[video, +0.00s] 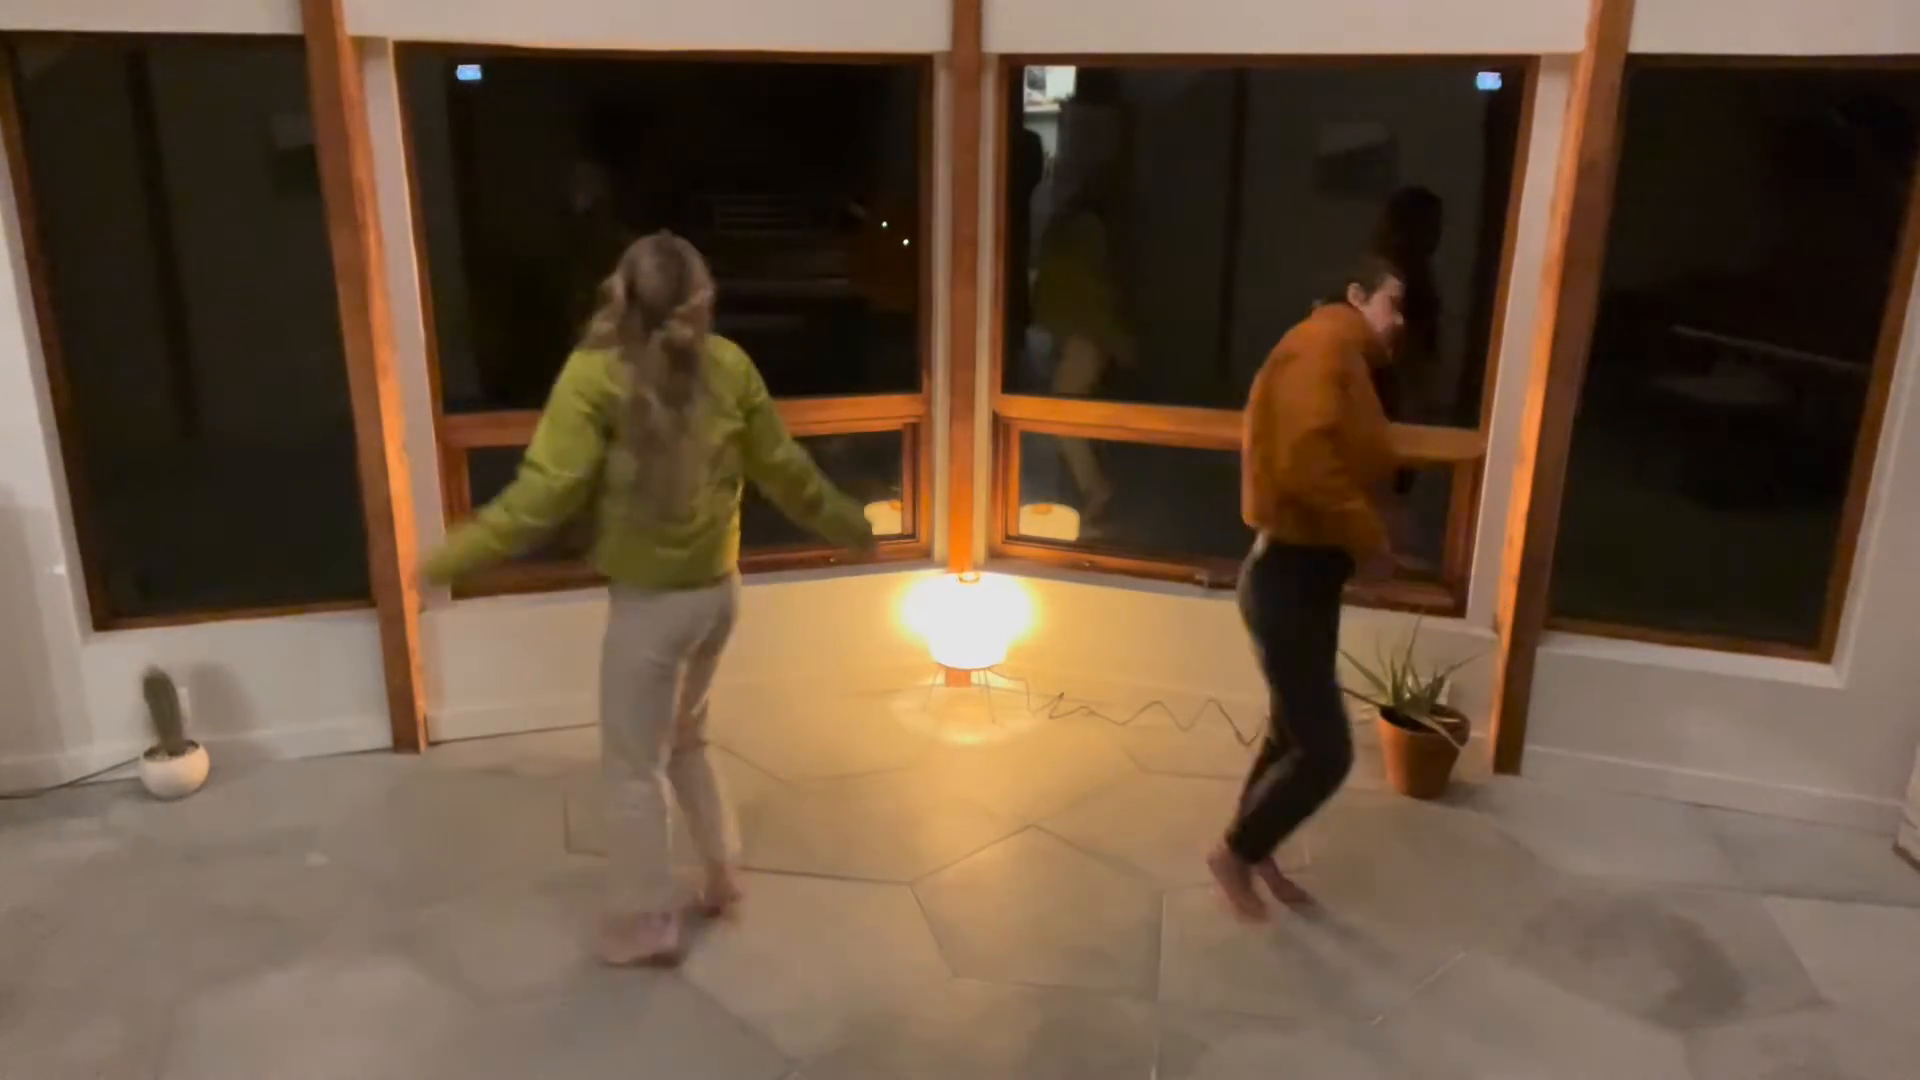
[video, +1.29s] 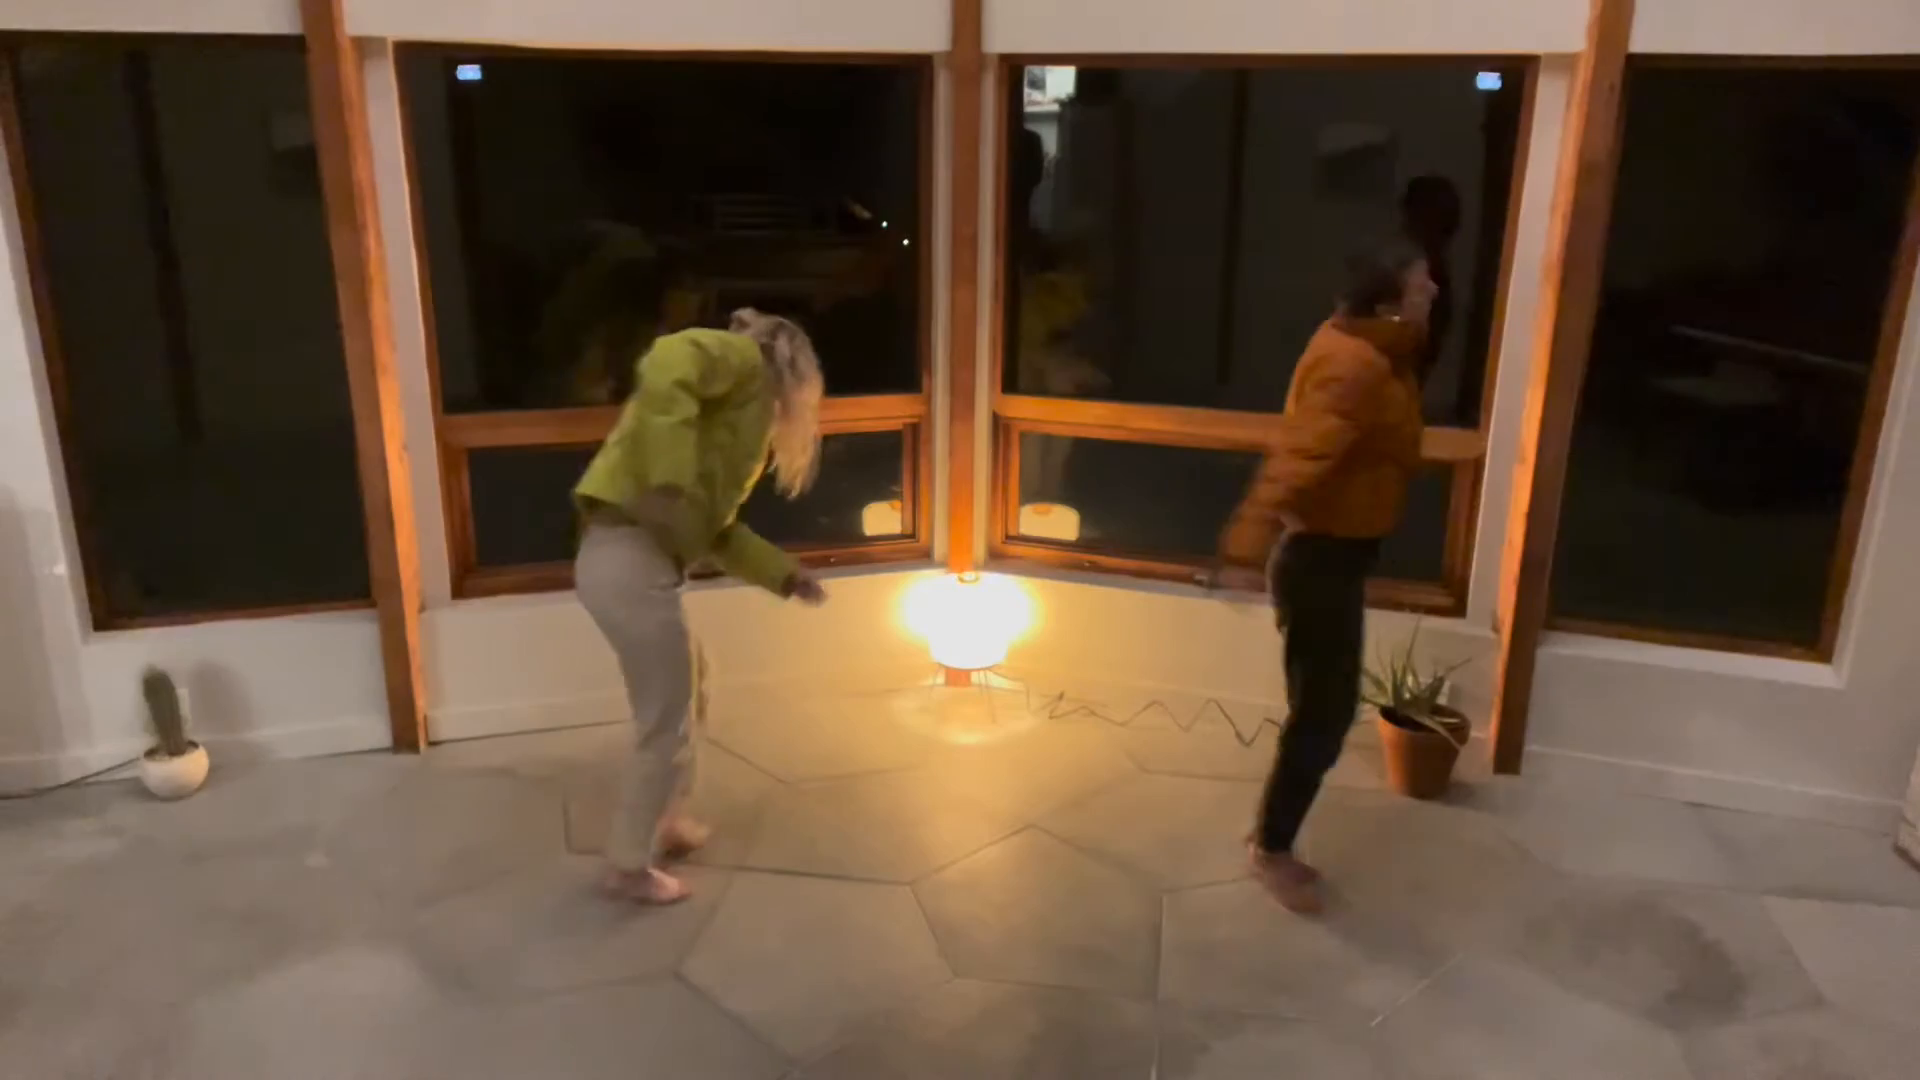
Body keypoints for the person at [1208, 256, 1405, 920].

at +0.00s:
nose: (1399, 323)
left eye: (1408, 312)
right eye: (1395, 305)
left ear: (1371, 301)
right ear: (1360, 294)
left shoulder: (1339, 349)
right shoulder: (1322, 345)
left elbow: (1357, 450)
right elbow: (1307, 460)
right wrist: (1368, 537)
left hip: (1304, 568)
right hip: (1289, 571)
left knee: (1295, 730)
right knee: (1325, 751)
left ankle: (1255, 845)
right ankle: (1235, 852)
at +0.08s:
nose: (1397, 315)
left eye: (1402, 302)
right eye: (1393, 299)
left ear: (1360, 286)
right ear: (1359, 286)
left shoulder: (1316, 331)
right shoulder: (1342, 334)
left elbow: (1266, 430)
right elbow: (1340, 444)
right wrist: (1389, 520)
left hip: (1282, 563)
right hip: (1301, 571)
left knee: (1287, 728)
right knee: (1324, 742)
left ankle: (1254, 856)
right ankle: (1259, 877)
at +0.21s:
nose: (1276, 317)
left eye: (1278, 306)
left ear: (1285, 302)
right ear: (1342, 286)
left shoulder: (1269, 364)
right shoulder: (1372, 340)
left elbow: (1243, 459)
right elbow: (1405, 441)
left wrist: (1190, 510)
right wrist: (1430, 513)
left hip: (1270, 563)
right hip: (1332, 571)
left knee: (1268, 714)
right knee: (1313, 735)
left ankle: (1236, 852)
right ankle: (1258, 887)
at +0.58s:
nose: (1323, 277)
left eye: (1336, 273)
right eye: (1333, 268)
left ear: (1353, 299)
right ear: (1381, 303)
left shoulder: (1313, 380)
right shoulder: (1414, 356)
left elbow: (1293, 508)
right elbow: (1454, 448)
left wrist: (1256, 583)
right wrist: (1388, 492)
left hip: (1307, 575)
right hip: (1368, 574)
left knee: (1284, 739)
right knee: (1346, 733)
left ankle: (1294, 888)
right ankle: (1366, 886)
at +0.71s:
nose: (1366, 262)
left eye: (1384, 266)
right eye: (1381, 257)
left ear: (1394, 303)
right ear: (1382, 291)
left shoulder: (1361, 372)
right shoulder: (1353, 358)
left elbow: (1390, 487)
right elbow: (1386, 481)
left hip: (1331, 570)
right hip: (1322, 562)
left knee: (1300, 731)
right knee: (1301, 720)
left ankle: (1337, 884)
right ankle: (1353, 851)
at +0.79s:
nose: (1369, 255)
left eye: (1386, 259)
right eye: (1381, 251)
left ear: (1398, 297)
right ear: (1383, 287)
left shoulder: (1388, 364)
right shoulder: (1326, 347)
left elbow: (1446, 465)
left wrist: (1505, 568)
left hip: (1350, 567)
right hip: (1303, 557)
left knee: (1330, 736)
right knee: (1301, 737)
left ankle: (1335, 888)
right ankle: (1336, 867)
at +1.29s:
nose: (1432, 302)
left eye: (1429, 290)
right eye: (1422, 291)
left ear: (1384, 297)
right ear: (1389, 298)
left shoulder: (1380, 356)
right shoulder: (1352, 362)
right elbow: (1300, 455)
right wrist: (1247, 545)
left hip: (1338, 553)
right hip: (1320, 556)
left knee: (1324, 705)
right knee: (1325, 709)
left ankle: (1272, 837)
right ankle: (1273, 846)